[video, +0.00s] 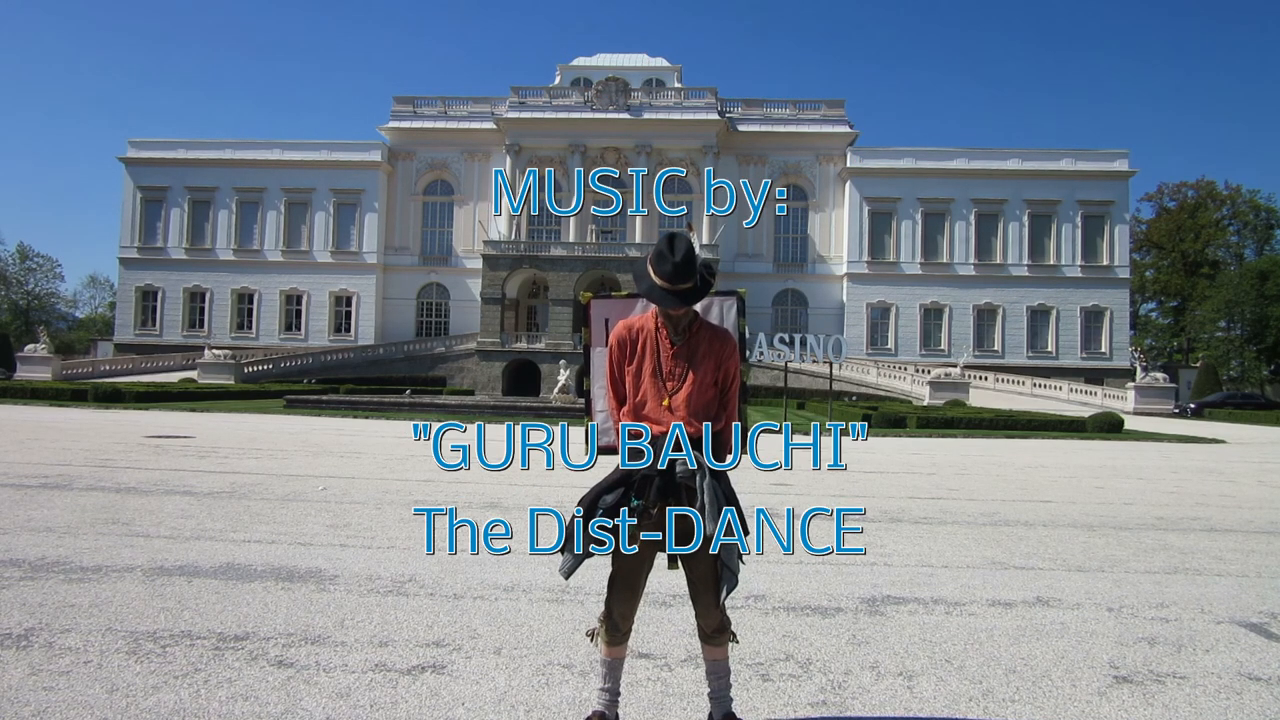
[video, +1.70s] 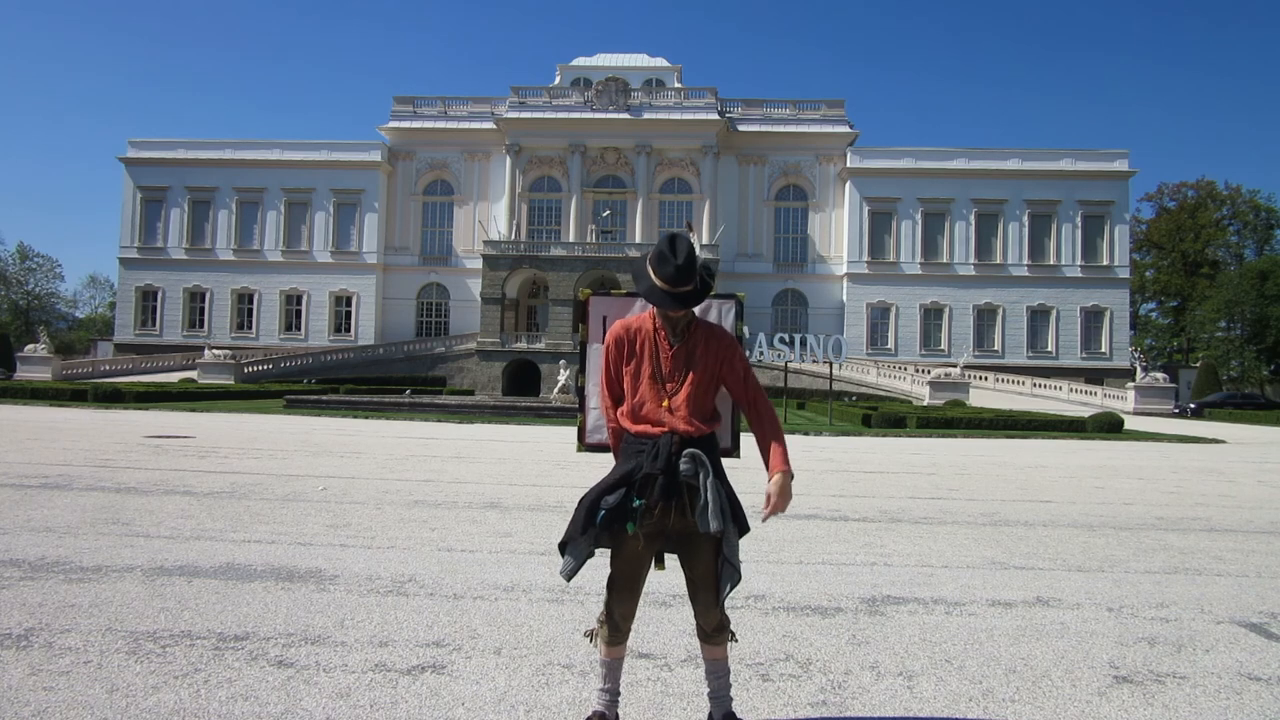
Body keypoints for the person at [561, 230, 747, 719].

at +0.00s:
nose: (676, 308)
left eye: (684, 299)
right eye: (667, 299)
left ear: (697, 293)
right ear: (653, 291)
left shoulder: (723, 344)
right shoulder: (626, 336)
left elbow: (729, 422)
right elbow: (618, 411)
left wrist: (705, 460)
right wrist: (641, 447)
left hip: (699, 489)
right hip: (640, 486)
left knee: (710, 603)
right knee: (621, 599)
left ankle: (721, 705)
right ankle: (608, 700)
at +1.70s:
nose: (676, 314)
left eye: (684, 305)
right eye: (667, 305)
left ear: (697, 298)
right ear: (652, 296)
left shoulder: (718, 342)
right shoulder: (622, 336)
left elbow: (756, 405)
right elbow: (612, 411)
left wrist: (780, 470)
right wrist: (633, 467)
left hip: (698, 481)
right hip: (638, 480)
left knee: (709, 603)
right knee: (620, 599)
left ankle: (720, 706)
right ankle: (606, 701)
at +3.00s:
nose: (664, 306)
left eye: (671, 296)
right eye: (654, 297)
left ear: (683, 294)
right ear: (637, 297)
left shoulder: (698, 330)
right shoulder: (613, 343)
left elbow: (755, 295)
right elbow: (597, 421)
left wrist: (700, 268)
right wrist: (617, 487)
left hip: (696, 485)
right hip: (635, 487)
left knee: (725, 608)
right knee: (622, 612)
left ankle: (724, 706)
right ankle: (609, 702)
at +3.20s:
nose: (663, 308)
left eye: (671, 298)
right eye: (653, 299)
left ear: (682, 297)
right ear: (637, 300)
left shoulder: (696, 335)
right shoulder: (611, 346)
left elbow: (755, 303)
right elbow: (595, 426)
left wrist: (706, 270)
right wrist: (613, 491)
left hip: (694, 487)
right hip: (633, 489)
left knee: (732, 605)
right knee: (622, 613)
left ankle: (726, 707)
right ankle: (609, 704)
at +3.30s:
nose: (665, 308)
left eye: (673, 298)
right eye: (654, 299)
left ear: (684, 297)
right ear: (638, 300)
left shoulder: (696, 337)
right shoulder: (613, 345)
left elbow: (755, 304)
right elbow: (594, 425)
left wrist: (707, 269)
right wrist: (613, 493)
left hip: (693, 484)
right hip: (633, 488)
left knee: (733, 604)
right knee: (623, 613)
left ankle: (727, 706)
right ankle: (609, 705)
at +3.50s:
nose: (670, 303)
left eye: (678, 293)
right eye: (660, 294)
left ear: (689, 294)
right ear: (644, 297)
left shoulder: (701, 336)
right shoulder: (617, 346)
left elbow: (765, 317)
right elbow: (592, 428)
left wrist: (722, 268)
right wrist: (597, 501)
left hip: (690, 486)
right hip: (632, 489)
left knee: (750, 592)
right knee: (623, 613)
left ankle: (738, 699)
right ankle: (608, 705)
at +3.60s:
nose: (679, 299)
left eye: (686, 288)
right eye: (669, 290)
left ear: (697, 290)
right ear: (650, 293)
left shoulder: (707, 333)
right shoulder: (624, 342)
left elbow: (776, 336)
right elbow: (587, 411)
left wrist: (751, 283)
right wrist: (564, 477)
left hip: (699, 475)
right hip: (641, 479)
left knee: (756, 578)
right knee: (628, 610)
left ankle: (751, 690)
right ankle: (608, 702)